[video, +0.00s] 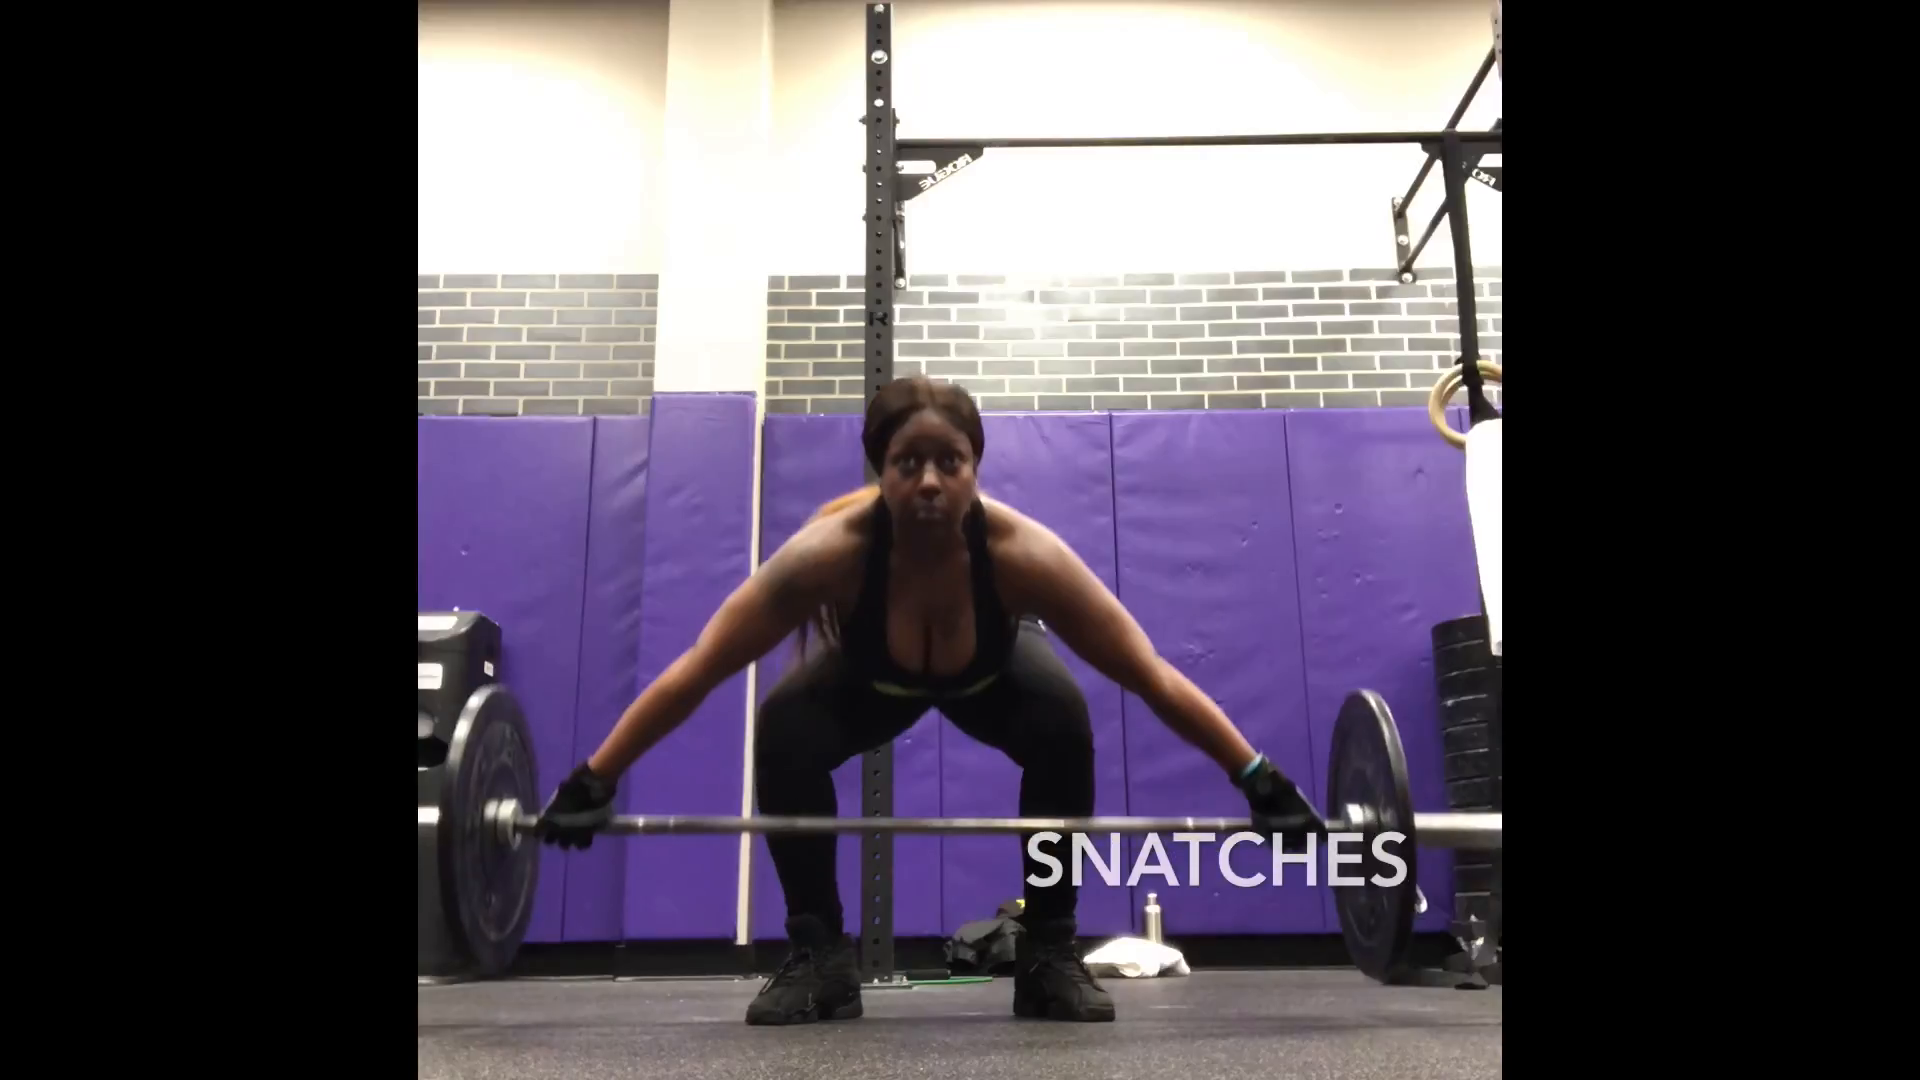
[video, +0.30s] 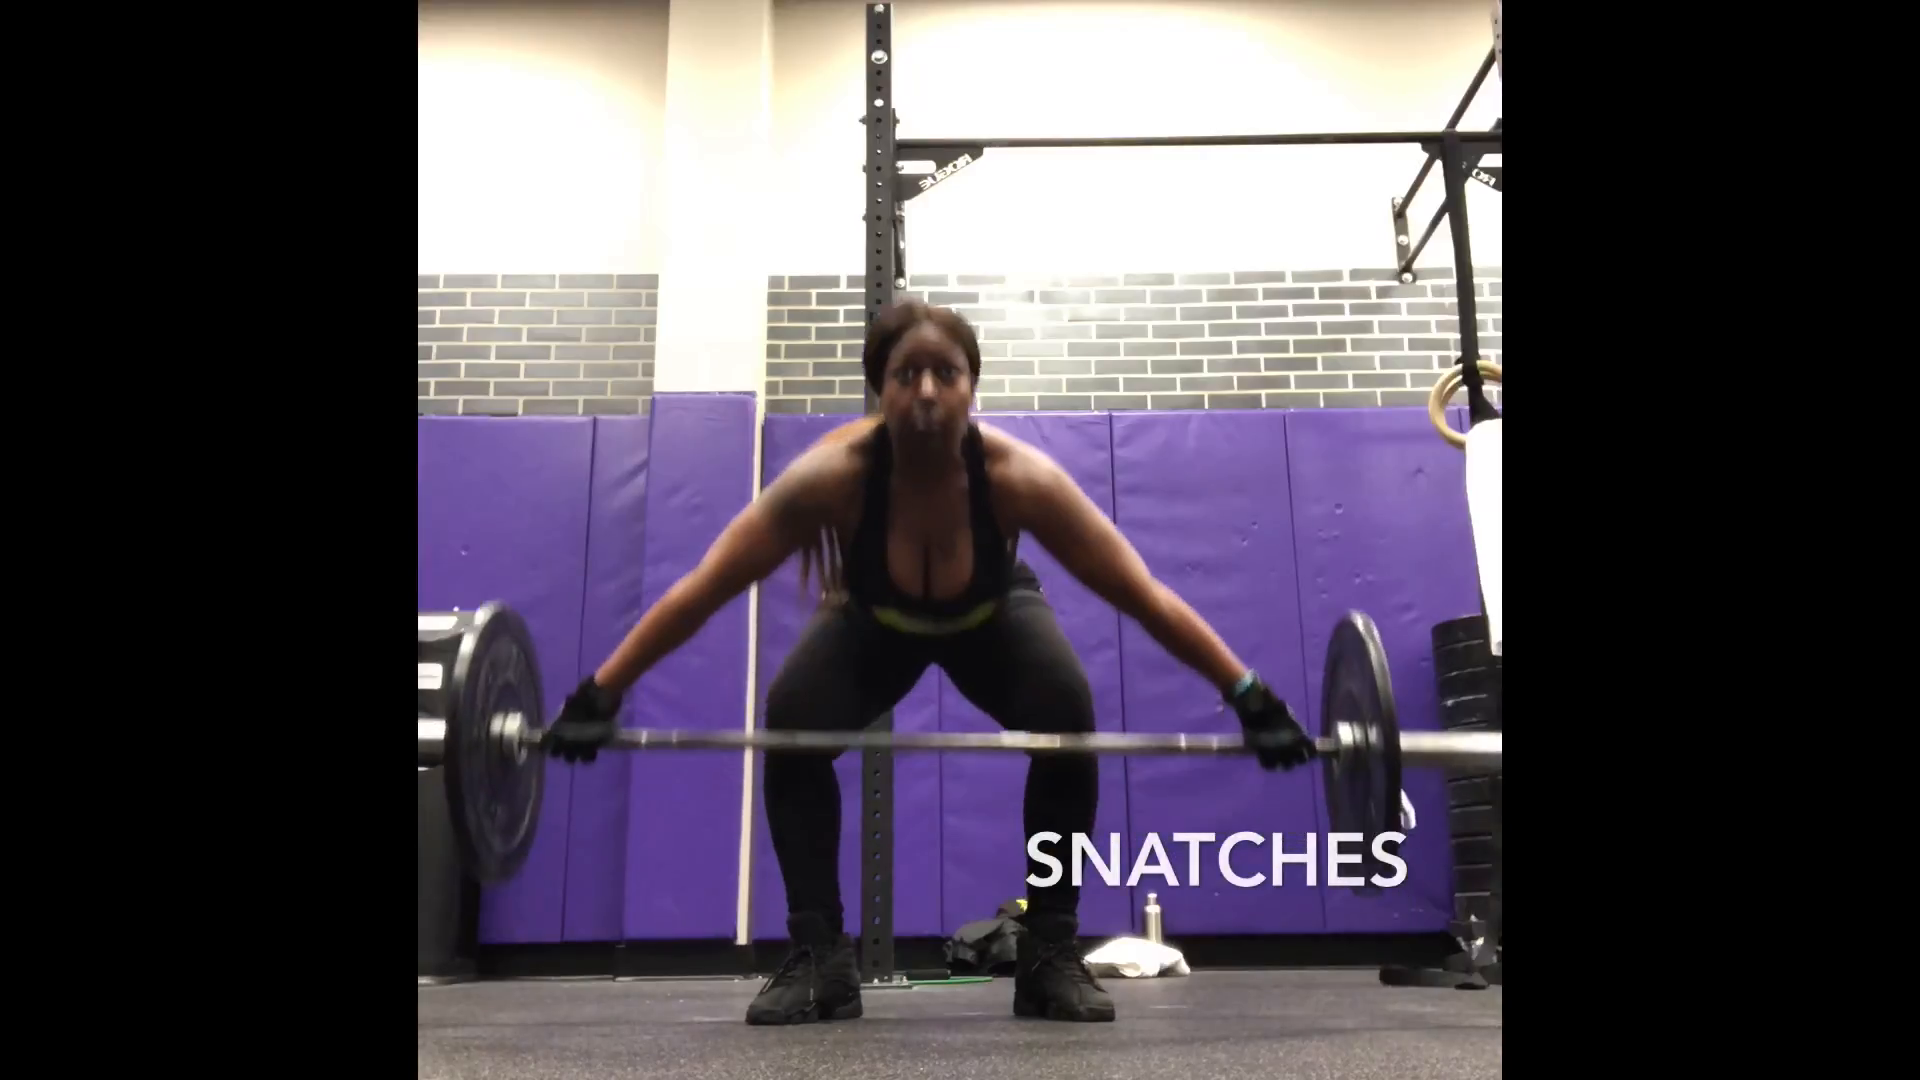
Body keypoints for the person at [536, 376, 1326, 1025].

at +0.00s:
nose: (930, 480)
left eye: (947, 462)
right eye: (910, 463)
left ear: (974, 469)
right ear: (880, 471)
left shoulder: (1023, 551)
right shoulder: (829, 549)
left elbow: (1149, 672)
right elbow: (703, 664)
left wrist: (1256, 774)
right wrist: (596, 775)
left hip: (985, 676)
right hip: (875, 679)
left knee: (1064, 727)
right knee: (784, 735)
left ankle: (1049, 954)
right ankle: (819, 955)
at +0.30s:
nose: (927, 389)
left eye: (945, 372)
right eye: (909, 373)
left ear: (972, 387)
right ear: (879, 390)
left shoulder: (1021, 480)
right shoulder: (831, 477)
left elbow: (1139, 593)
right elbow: (708, 586)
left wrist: (1247, 691)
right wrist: (599, 691)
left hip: (991, 622)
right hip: (876, 626)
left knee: (1069, 720)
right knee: (789, 729)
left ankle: (1050, 960)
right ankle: (817, 959)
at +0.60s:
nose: (943, 179)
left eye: (958, 170)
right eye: (924, 169)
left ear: (979, 200)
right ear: (894, 197)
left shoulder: (1021, 312)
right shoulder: (842, 303)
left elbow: (1138, 377)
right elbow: (732, 369)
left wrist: (1235, 442)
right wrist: (629, 428)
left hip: (980, 539)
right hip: (870, 538)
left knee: (1030, 713)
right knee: (816, 712)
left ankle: (1047, 945)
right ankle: (817, 947)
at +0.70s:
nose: (943, 140)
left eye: (960, 133)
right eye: (926, 131)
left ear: (983, 166)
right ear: (899, 162)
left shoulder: (1015, 258)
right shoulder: (850, 250)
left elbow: (1133, 302)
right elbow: (734, 306)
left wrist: (1232, 325)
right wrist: (631, 311)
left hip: (978, 478)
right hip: (870, 477)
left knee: (1028, 681)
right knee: (831, 680)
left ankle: (1073, 910)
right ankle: (792, 912)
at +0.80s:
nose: (949, 164)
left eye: (965, 155)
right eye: (934, 153)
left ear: (988, 181)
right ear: (906, 175)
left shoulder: (1013, 262)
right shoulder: (861, 255)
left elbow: (1141, 289)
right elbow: (736, 294)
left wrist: (1205, 251)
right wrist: (661, 240)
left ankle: (1128, 897)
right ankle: (755, 904)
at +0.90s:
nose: (948, 219)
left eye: (964, 211)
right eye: (933, 210)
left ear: (986, 239)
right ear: (907, 235)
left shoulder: (1019, 314)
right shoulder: (856, 308)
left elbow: (1147, 296)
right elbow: (730, 296)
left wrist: (1222, 195)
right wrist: (652, 191)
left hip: (990, 534)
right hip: (878, 535)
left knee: (1101, 703)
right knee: (758, 708)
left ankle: (1175, 927)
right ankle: (708, 946)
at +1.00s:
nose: (942, 285)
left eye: (958, 275)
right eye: (925, 274)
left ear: (981, 298)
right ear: (899, 297)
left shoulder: (1017, 371)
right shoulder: (857, 369)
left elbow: (1137, 290)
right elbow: (742, 284)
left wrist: (1220, 194)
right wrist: (657, 189)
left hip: (998, 625)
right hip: (880, 627)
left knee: (1141, 741)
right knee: (731, 743)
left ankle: (1185, 967)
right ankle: (704, 966)